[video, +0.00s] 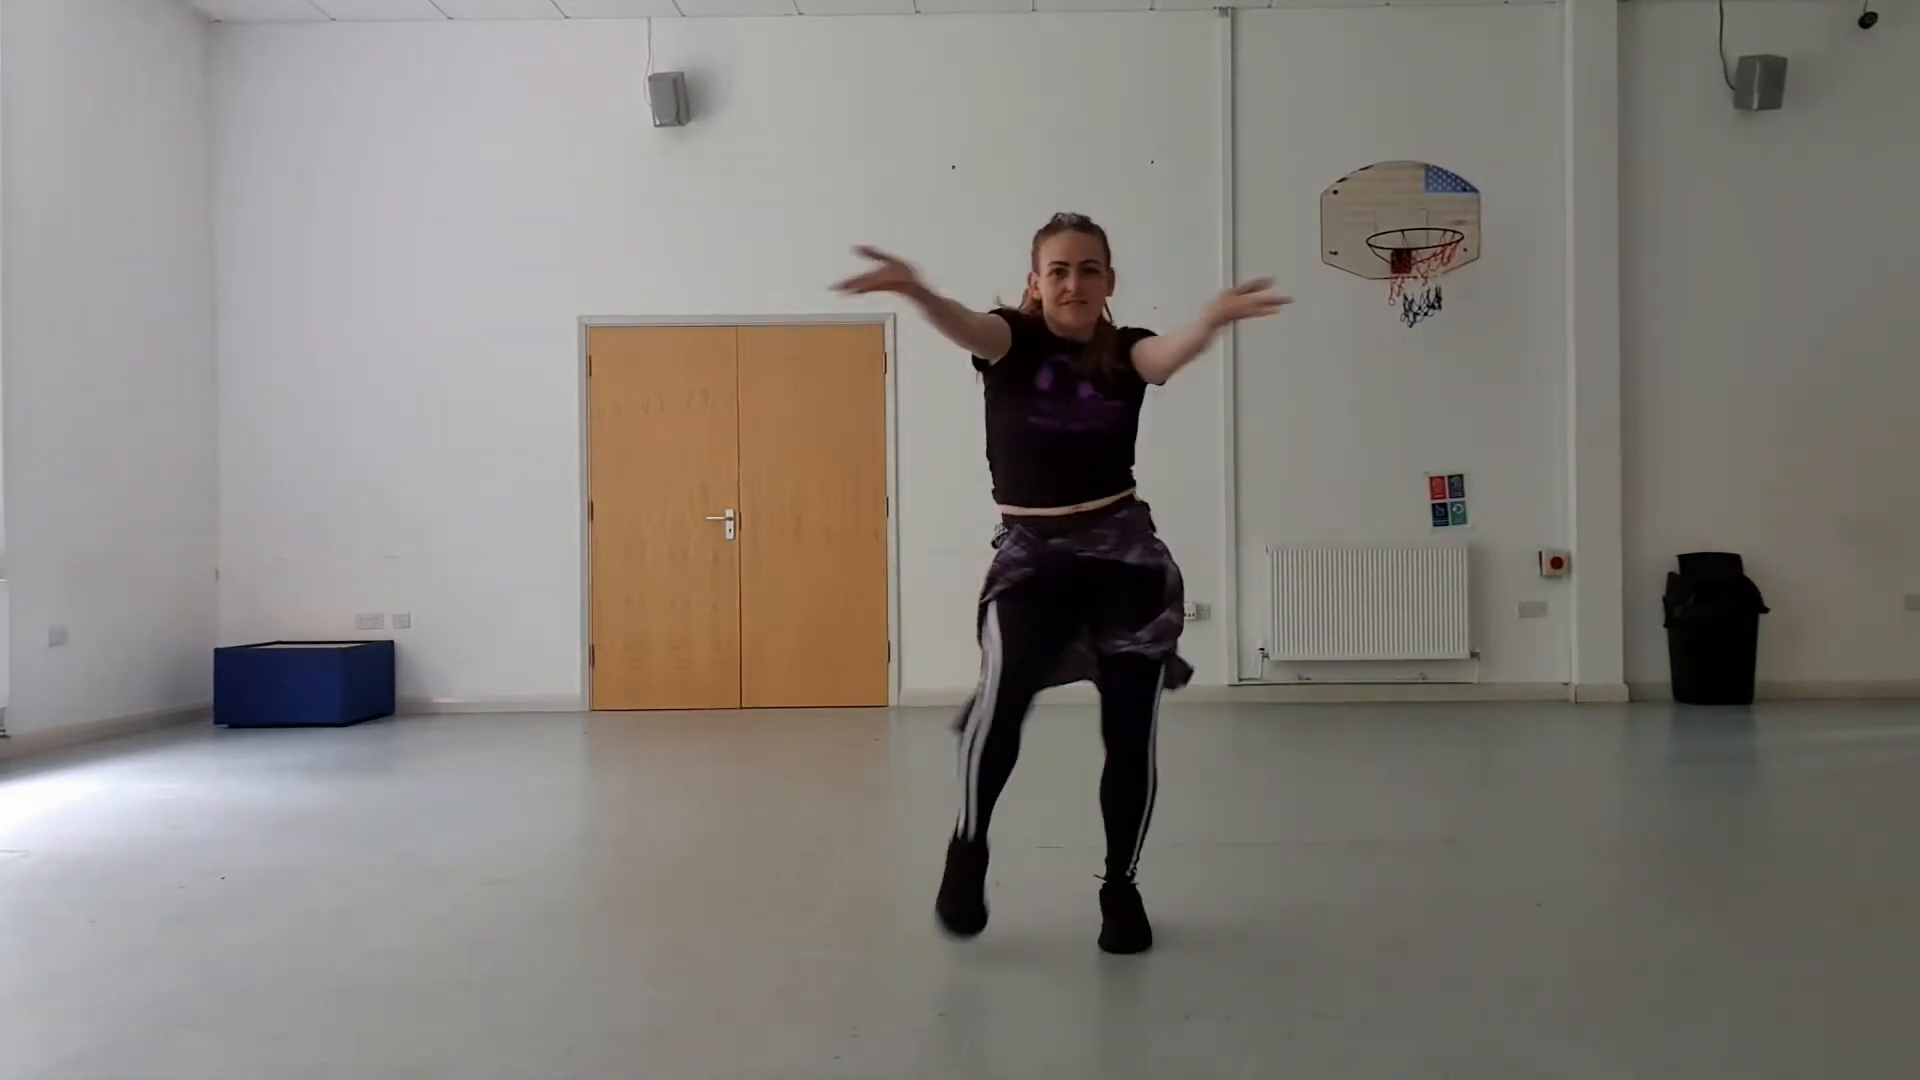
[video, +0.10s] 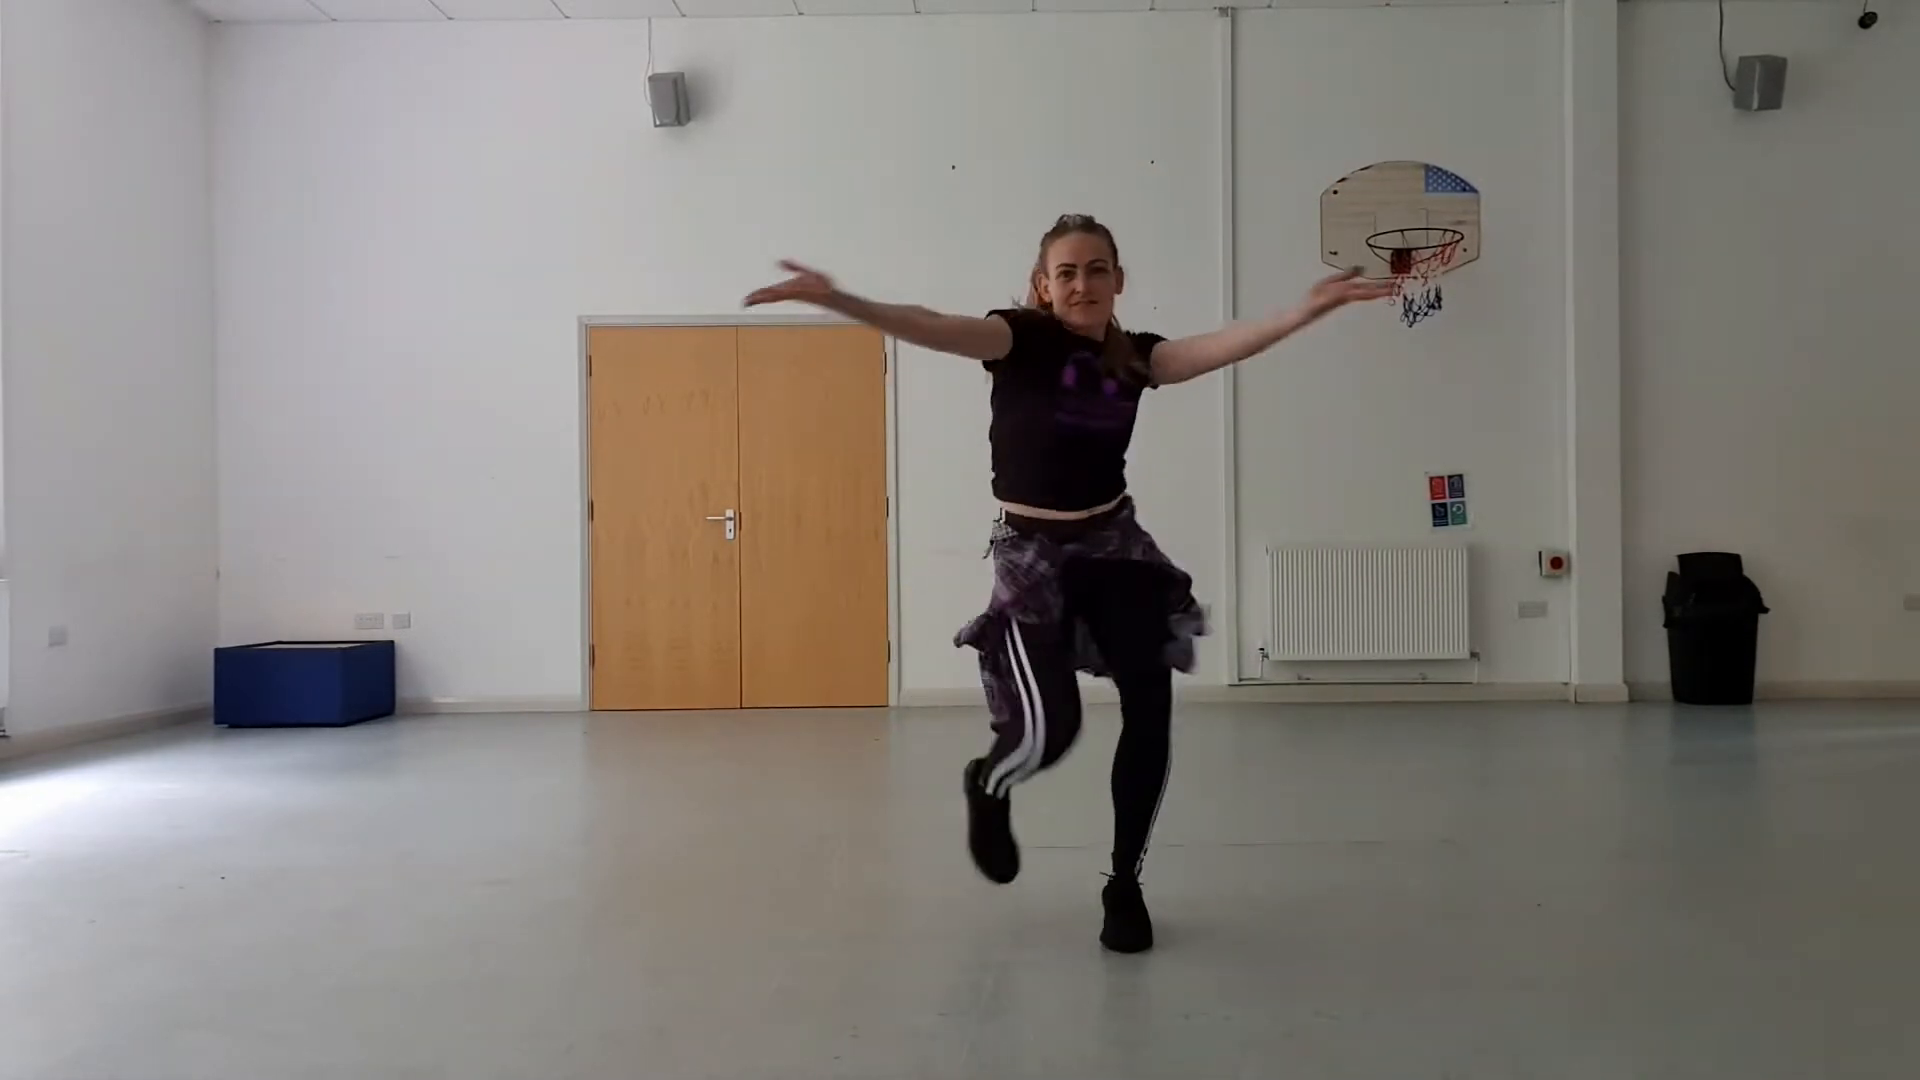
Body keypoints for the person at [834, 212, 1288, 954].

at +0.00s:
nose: (1074, 283)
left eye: (1089, 270)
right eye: (1059, 270)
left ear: (1109, 281)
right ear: (1034, 282)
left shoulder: (1126, 350)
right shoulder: (1008, 340)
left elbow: (1164, 358)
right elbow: (964, 326)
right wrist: (917, 291)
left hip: (1122, 552)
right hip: (1031, 554)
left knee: (1130, 731)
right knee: (1001, 694)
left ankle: (1121, 883)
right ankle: (968, 848)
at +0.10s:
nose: (1082, 284)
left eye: (1096, 271)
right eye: (1066, 273)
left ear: (1118, 282)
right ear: (1040, 286)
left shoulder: (1134, 359)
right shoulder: (1016, 339)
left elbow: (1219, 346)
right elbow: (934, 330)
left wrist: (1308, 311)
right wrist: (841, 300)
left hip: (1113, 550)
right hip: (1029, 556)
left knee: (1149, 712)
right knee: (1051, 731)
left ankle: (1125, 882)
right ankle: (985, 784)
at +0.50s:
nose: (1043, 272)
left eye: (1058, 260)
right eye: (1030, 261)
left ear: (1082, 272)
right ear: (1012, 277)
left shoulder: (1118, 346)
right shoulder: (988, 345)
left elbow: (1230, 356)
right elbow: (883, 357)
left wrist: (1328, 347)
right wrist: (786, 349)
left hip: (1078, 529)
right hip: (998, 526)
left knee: (1112, 680)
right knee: (1011, 684)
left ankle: (1099, 809)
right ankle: (1017, 843)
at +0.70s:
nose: (1036, 277)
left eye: (1050, 268)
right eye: (1024, 270)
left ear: (1072, 288)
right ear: (1009, 290)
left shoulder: (1099, 356)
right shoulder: (987, 357)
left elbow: (1189, 395)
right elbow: (895, 395)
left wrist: (1275, 410)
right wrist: (807, 411)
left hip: (1073, 534)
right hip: (1000, 533)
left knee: (1063, 692)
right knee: (1009, 689)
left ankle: (1064, 784)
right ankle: (1012, 842)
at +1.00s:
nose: (1043, 281)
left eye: (1055, 273)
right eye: (1031, 275)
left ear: (1074, 293)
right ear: (1014, 296)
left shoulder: (1094, 356)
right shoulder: (989, 358)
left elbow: (1143, 417)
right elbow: (932, 432)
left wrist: (1179, 467)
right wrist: (876, 500)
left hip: (1073, 524)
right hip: (1001, 523)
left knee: (1062, 670)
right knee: (988, 663)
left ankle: (1053, 797)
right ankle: (985, 780)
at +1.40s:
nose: (996, 285)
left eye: (1011, 279)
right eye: (993, 278)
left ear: (1044, 298)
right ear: (989, 297)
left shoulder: (1062, 354)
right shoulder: (978, 360)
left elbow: (1157, 379)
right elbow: (985, 426)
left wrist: (1084, 419)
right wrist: (972, 475)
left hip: (1066, 516)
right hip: (1004, 523)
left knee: (1092, 652)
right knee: (996, 665)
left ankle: (1146, 777)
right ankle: (1001, 793)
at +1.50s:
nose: (1014, 277)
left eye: (1028, 269)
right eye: (1014, 269)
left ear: (1064, 282)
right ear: (1017, 286)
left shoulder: (1068, 332)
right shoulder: (1016, 349)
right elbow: (1008, 450)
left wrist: (1046, 374)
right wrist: (997, 488)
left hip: (1072, 504)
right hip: (1019, 516)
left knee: (1111, 654)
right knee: (1010, 659)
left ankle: (1201, 798)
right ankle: (1010, 790)